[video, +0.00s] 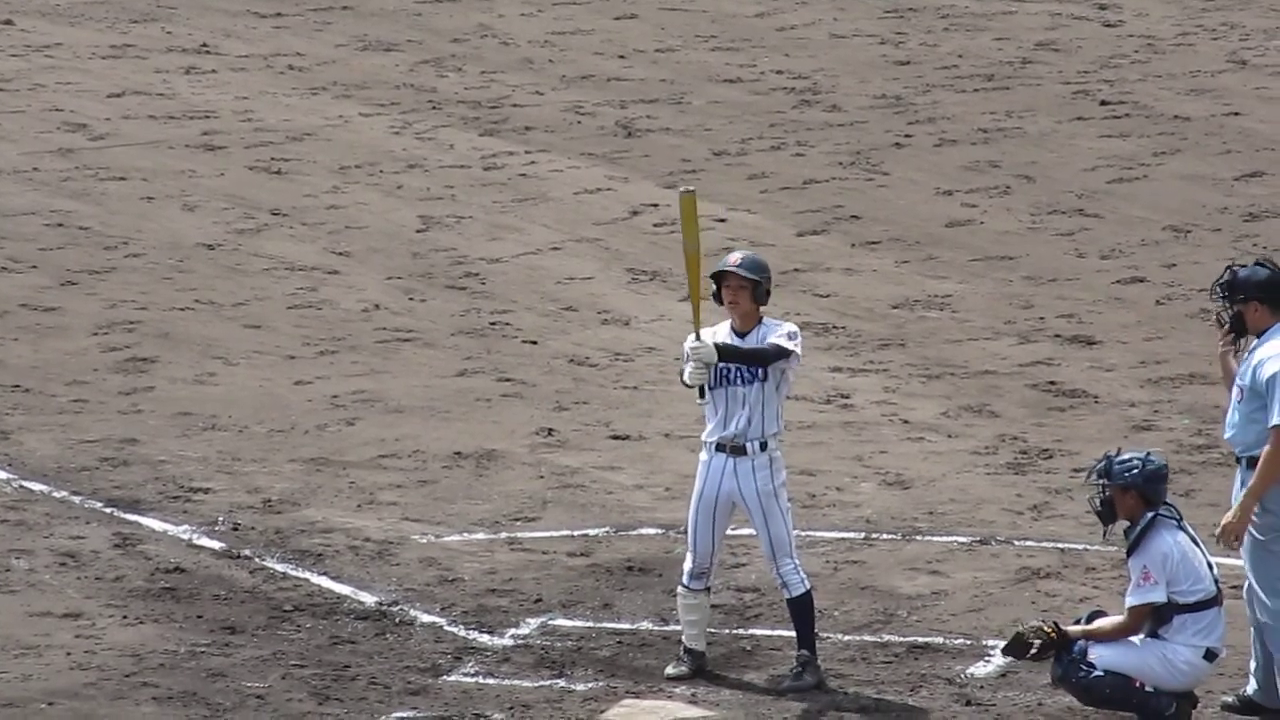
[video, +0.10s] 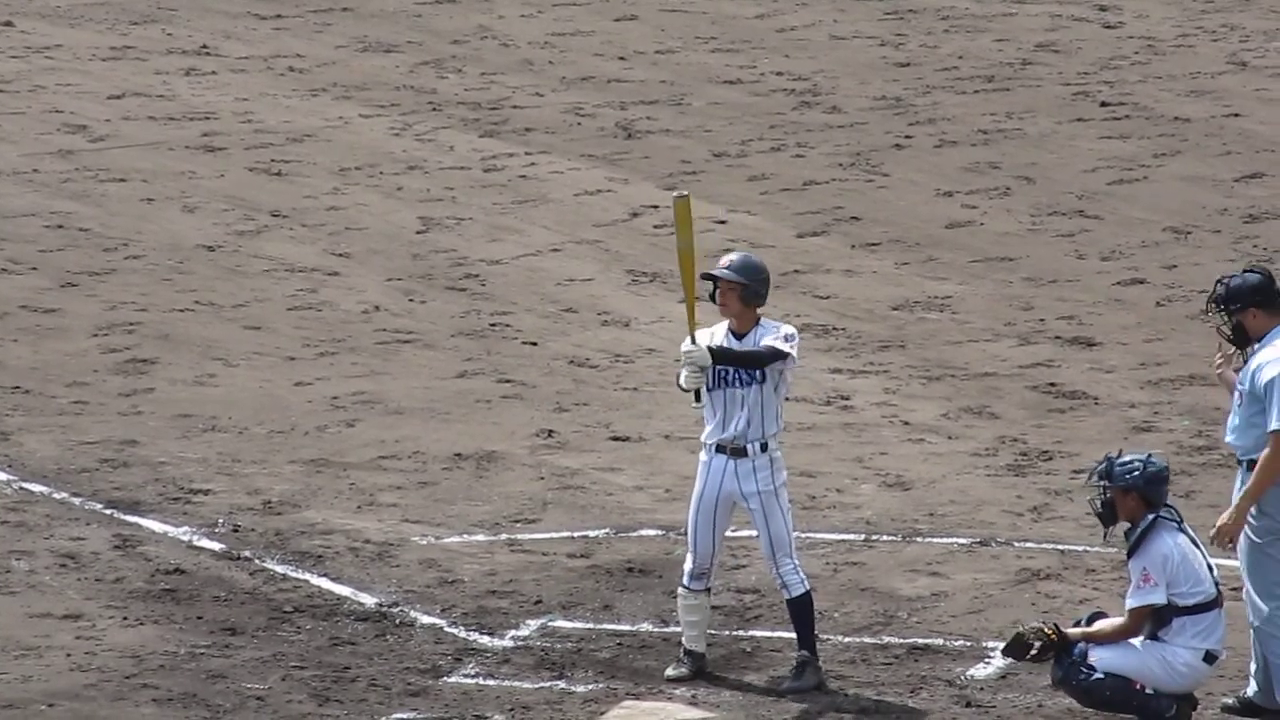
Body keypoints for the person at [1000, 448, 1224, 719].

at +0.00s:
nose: (1105, 497)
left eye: (1111, 491)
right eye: (1106, 490)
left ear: (1132, 496)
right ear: (1135, 495)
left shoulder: (1153, 543)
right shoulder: (1164, 522)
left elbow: (1133, 624)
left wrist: (1071, 633)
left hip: (1184, 659)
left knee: (1072, 664)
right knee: (1091, 622)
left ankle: (1163, 706)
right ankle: (1173, 692)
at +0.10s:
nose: (1106, 499)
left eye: (1112, 492)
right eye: (1107, 491)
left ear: (1133, 498)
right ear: (1136, 496)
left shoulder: (1153, 545)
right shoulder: (1165, 524)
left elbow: (1133, 626)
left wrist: (1070, 635)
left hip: (1184, 662)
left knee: (1072, 666)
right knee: (1090, 625)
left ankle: (1166, 708)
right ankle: (1174, 694)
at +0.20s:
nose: (1103, 498)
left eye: (1110, 491)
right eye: (1105, 490)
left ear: (1130, 498)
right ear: (1133, 496)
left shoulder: (1150, 545)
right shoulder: (1163, 523)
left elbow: (1131, 625)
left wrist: (1066, 635)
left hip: (1181, 661)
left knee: (1069, 665)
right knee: (1088, 623)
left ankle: (1163, 707)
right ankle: (1172, 693)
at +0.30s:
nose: (1102, 500)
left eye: (1108, 494)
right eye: (1103, 492)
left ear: (1129, 499)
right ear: (1132, 498)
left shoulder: (1150, 547)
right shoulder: (1162, 525)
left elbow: (1129, 627)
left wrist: (1065, 638)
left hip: (1180, 663)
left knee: (1068, 667)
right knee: (1087, 626)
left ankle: (1161, 709)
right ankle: (1171, 695)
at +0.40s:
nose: (1100, 500)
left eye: (1106, 494)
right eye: (1101, 493)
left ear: (1127, 499)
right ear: (1130, 498)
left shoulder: (1148, 547)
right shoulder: (1160, 525)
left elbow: (1128, 627)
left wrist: (1064, 638)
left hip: (1179, 664)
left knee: (1067, 667)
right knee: (1086, 625)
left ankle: (1161, 709)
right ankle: (1170, 695)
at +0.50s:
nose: (1099, 502)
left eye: (1106, 495)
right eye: (1101, 494)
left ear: (1127, 501)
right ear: (1129, 500)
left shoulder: (1148, 550)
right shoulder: (1159, 526)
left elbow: (1127, 629)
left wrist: (1062, 639)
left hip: (1178, 666)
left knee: (1066, 668)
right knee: (1087, 626)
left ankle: (1161, 710)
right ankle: (1169, 696)